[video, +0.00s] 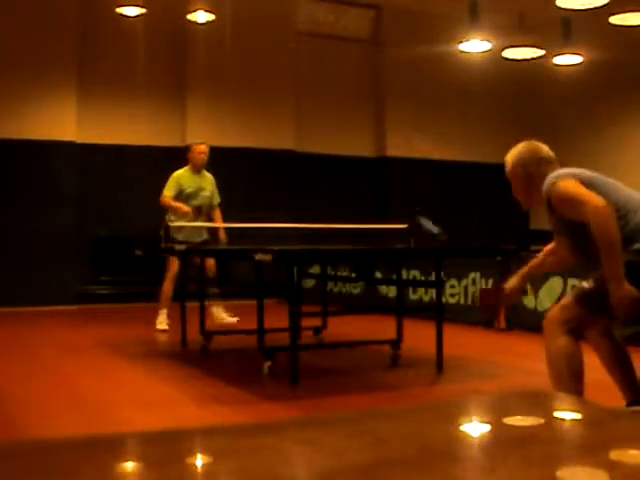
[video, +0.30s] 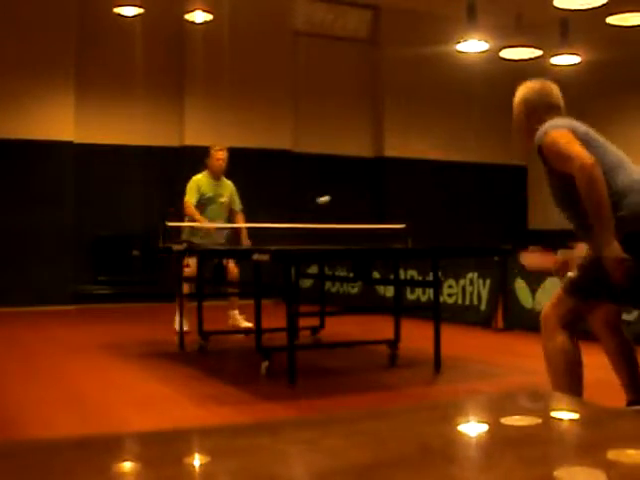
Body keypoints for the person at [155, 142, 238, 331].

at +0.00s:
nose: (203, 157)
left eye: (205, 153)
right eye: (199, 153)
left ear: (207, 157)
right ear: (190, 155)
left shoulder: (209, 179)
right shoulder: (179, 176)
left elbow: (215, 207)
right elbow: (165, 198)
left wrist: (220, 229)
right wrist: (180, 207)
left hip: (201, 232)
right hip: (179, 232)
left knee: (210, 266)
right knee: (173, 270)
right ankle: (163, 313)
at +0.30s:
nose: (221, 164)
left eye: (223, 160)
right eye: (217, 160)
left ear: (227, 163)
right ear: (209, 161)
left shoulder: (228, 186)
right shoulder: (197, 181)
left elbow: (238, 213)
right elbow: (188, 206)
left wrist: (244, 236)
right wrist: (204, 222)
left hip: (220, 241)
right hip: (195, 241)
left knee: (233, 272)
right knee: (189, 273)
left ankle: (234, 313)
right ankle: (181, 314)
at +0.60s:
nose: (231, 175)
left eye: (233, 171)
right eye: (228, 170)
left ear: (234, 171)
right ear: (218, 168)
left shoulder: (227, 189)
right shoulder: (203, 185)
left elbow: (227, 216)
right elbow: (195, 214)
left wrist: (233, 234)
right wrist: (215, 227)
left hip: (213, 238)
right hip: (193, 238)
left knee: (229, 272)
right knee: (190, 274)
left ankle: (230, 313)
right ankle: (182, 317)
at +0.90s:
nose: (233, 171)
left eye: (236, 168)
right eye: (230, 167)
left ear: (238, 170)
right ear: (221, 167)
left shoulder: (231, 188)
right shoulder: (213, 185)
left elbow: (225, 207)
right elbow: (220, 201)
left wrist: (234, 213)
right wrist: (237, 210)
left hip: (217, 238)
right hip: (199, 237)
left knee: (234, 271)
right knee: (194, 275)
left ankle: (231, 312)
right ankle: (183, 316)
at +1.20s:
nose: (233, 159)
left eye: (236, 156)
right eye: (230, 155)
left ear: (240, 159)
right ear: (222, 157)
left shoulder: (240, 180)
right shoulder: (212, 177)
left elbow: (245, 211)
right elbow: (205, 207)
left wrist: (254, 234)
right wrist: (219, 225)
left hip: (228, 236)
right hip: (206, 235)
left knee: (235, 272)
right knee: (200, 270)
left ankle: (232, 312)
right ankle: (188, 311)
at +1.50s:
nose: (227, 160)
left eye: (230, 156)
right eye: (224, 156)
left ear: (234, 159)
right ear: (217, 157)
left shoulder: (239, 180)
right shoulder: (207, 180)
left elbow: (244, 207)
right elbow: (199, 207)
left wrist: (249, 226)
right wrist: (213, 223)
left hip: (233, 234)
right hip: (209, 235)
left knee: (247, 270)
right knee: (201, 274)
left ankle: (255, 310)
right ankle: (193, 314)